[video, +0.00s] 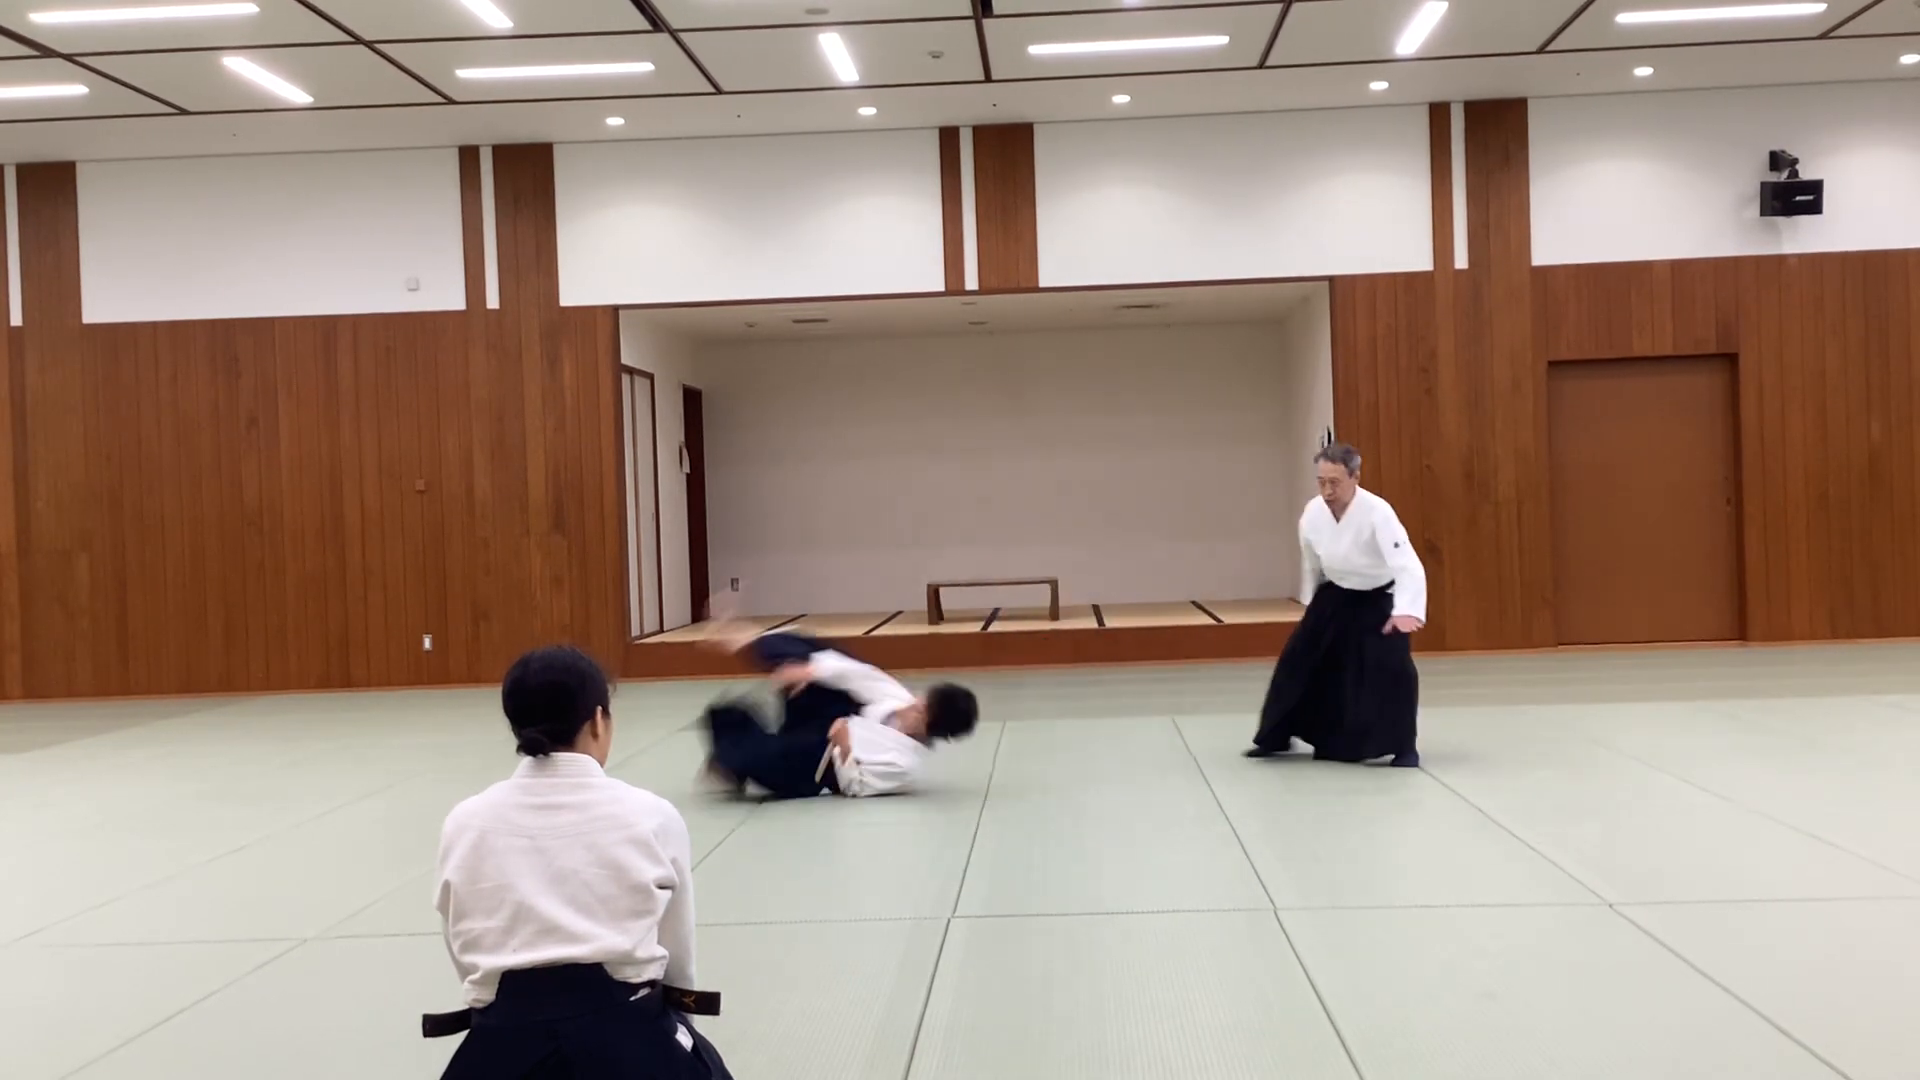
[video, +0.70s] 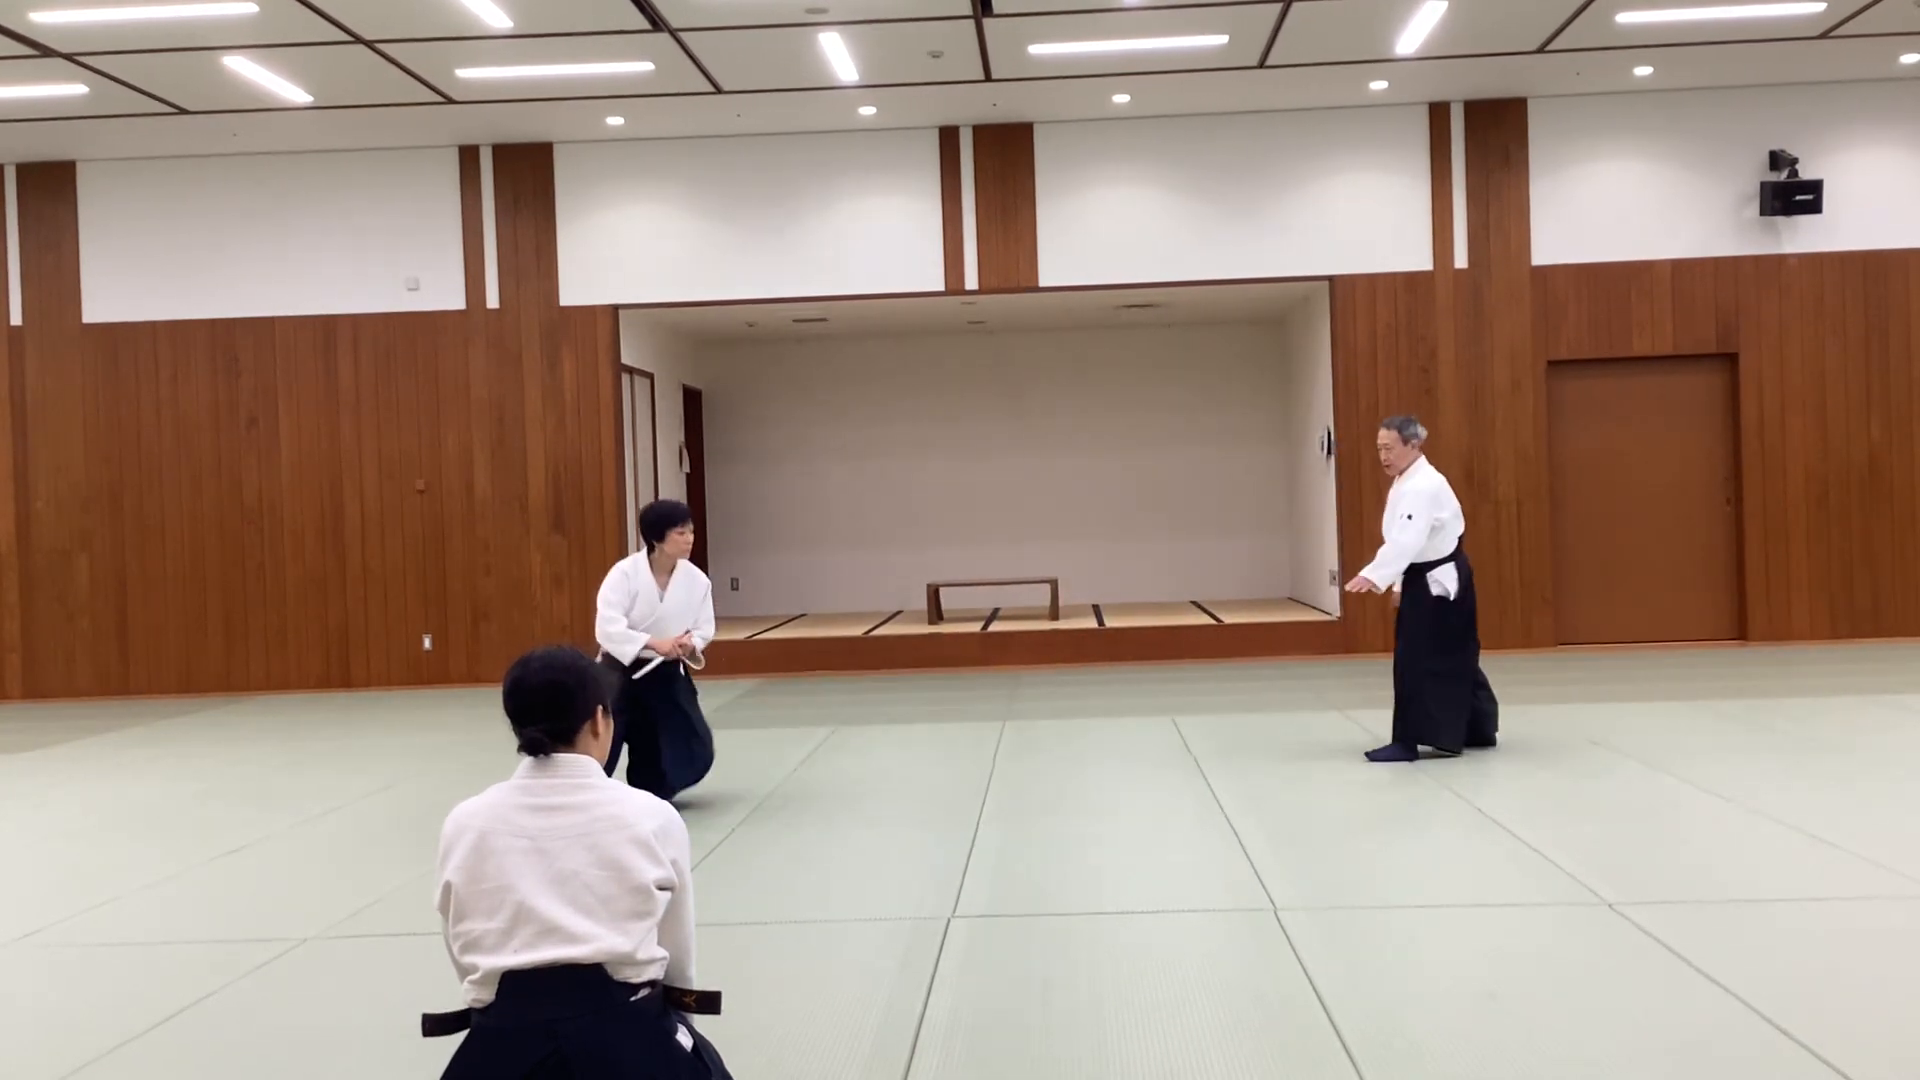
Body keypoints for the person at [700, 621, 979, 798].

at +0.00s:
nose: (911, 704)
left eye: (919, 709)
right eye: (919, 700)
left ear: (927, 726)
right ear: (921, 699)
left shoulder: (906, 764)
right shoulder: (899, 699)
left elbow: (855, 785)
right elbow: (858, 674)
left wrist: (843, 749)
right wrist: (810, 670)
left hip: (815, 764)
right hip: (819, 719)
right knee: (823, 658)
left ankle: (732, 718)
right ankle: (754, 644)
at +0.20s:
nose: (825, 656)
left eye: (835, 653)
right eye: (823, 645)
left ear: (844, 663)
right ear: (811, 641)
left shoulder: (835, 702)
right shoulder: (775, 662)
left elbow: (823, 751)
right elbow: (720, 687)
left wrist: (804, 750)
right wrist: (727, 728)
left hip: (764, 753)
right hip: (729, 720)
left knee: (737, 788)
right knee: (663, 739)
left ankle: (649, 809)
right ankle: (596, 781)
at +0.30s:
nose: (787, 637)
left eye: (795, 632)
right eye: (781, 627)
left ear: (801, 638)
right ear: (766, 625)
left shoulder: (794, 682)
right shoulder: (727, 647)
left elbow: (777, 730)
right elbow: (691, 694)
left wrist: (768, 732)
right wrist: (727, 724)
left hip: (726, 740)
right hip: (684, 713)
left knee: (723, 790)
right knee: (642, 736)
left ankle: (646, 809)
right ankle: (603, 793)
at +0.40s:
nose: (756, 613)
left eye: (761, 606)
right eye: (750, 604)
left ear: (764, 610)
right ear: (733, 602)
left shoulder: (757, 652)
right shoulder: (690, 628)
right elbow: (669, 683)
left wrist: (743, 705)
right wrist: (720, 697)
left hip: (700, 720)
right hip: (654, 701)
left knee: (716, 791)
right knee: (627, 732)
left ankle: (661, 765)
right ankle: (594, 796)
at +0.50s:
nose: (720, 585)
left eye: (723, 577)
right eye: (711, 577)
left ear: (727, 580)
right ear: (690, 578)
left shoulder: (726, 624)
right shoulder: (655, 609)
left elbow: (720, 688)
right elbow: (644, 662)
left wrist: (724, 680)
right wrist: (696, 674)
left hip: (682, 709)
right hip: (636, 698)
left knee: (708, 790)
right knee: (604, 762)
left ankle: (654, 764)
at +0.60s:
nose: (696, 560)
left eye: (699, 553)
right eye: (688, 553)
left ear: (702, 556)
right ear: (664, 558)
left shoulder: (706, 601)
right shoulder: (632, 592)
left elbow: (714, 645)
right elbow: (619, 644)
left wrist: (703, 654)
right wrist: (668, 653)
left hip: (673, 693)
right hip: (629, 689)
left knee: (684, 791)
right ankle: (598, 782)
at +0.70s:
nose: (690, 539)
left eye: (691, 531)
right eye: (681, 532)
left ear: (693, 534)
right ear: (657, 538)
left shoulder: (698, 581)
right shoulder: (624, 574)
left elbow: (705, 628)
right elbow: (606, 629)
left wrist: (689, 642)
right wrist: (656, 644)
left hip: (667, 672)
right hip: (621, 670)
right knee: (601, 742)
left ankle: (648, 802)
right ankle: (586, 804)